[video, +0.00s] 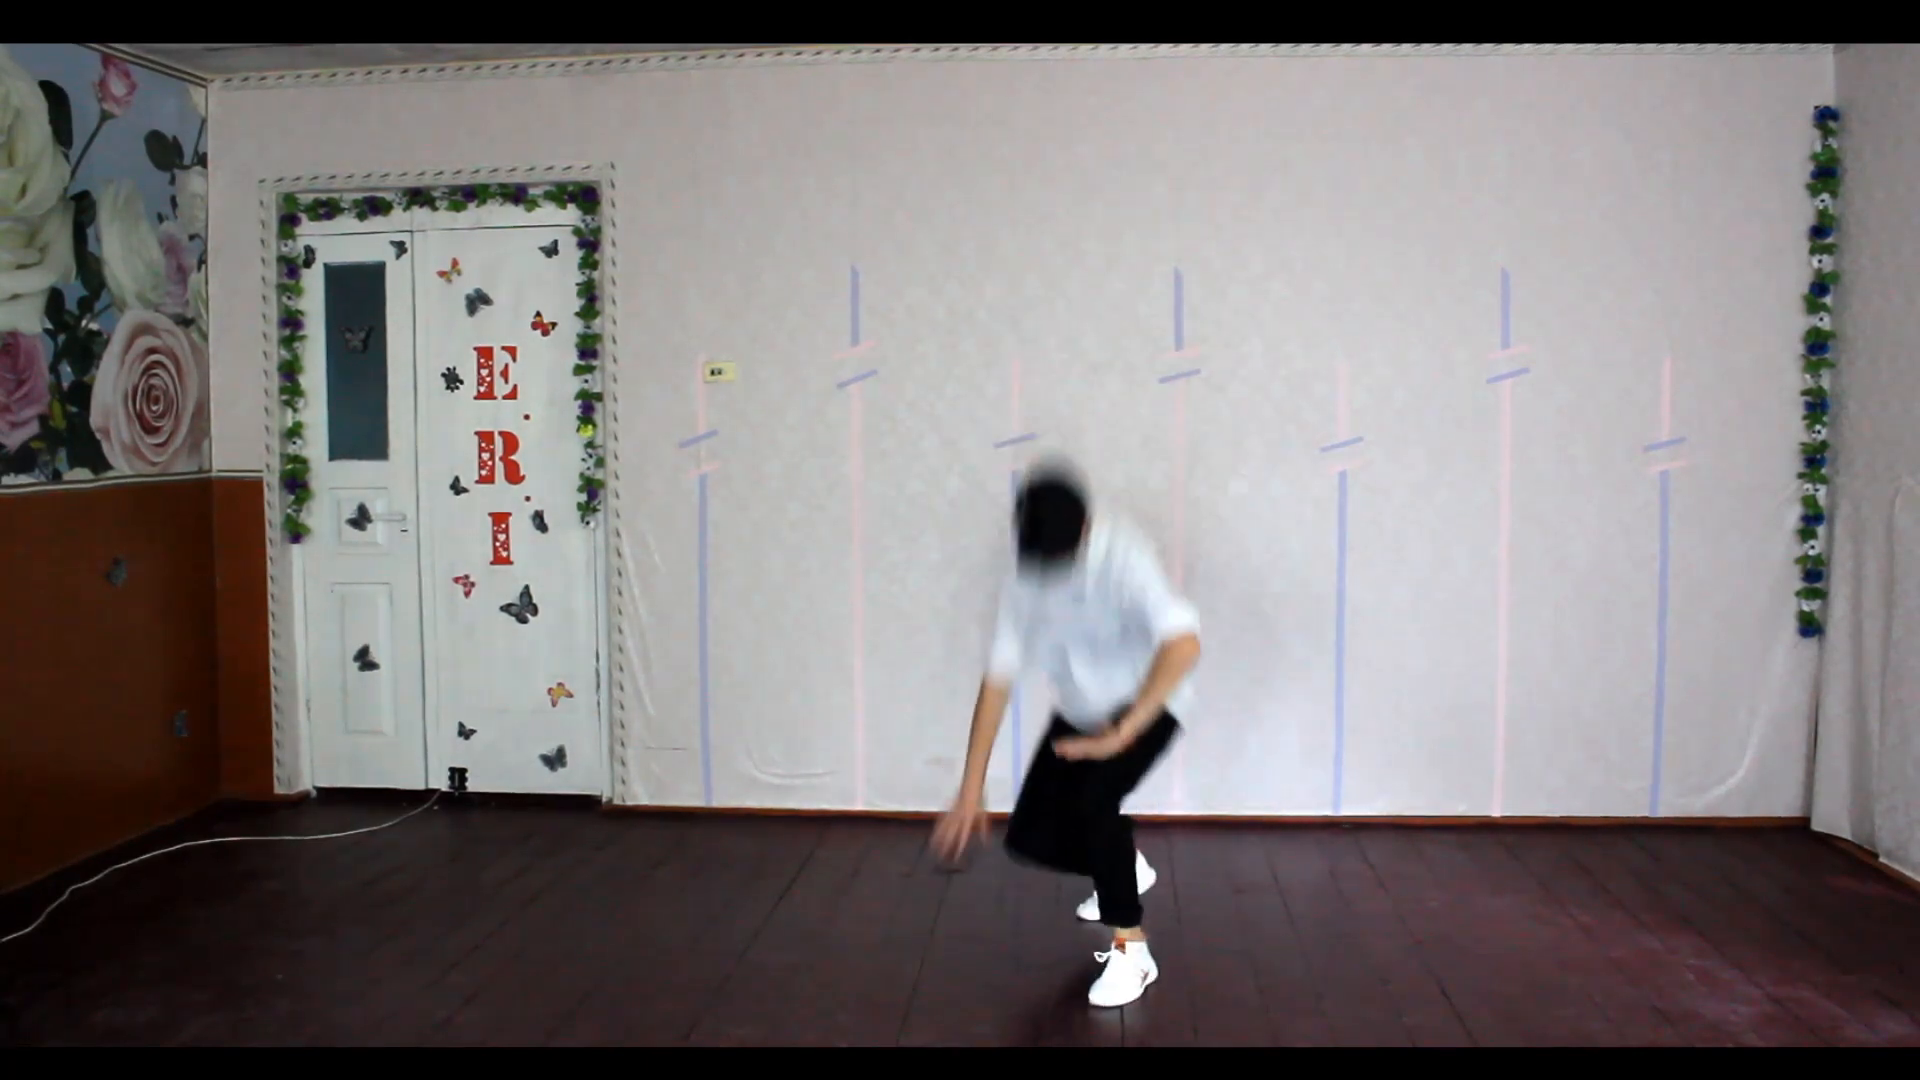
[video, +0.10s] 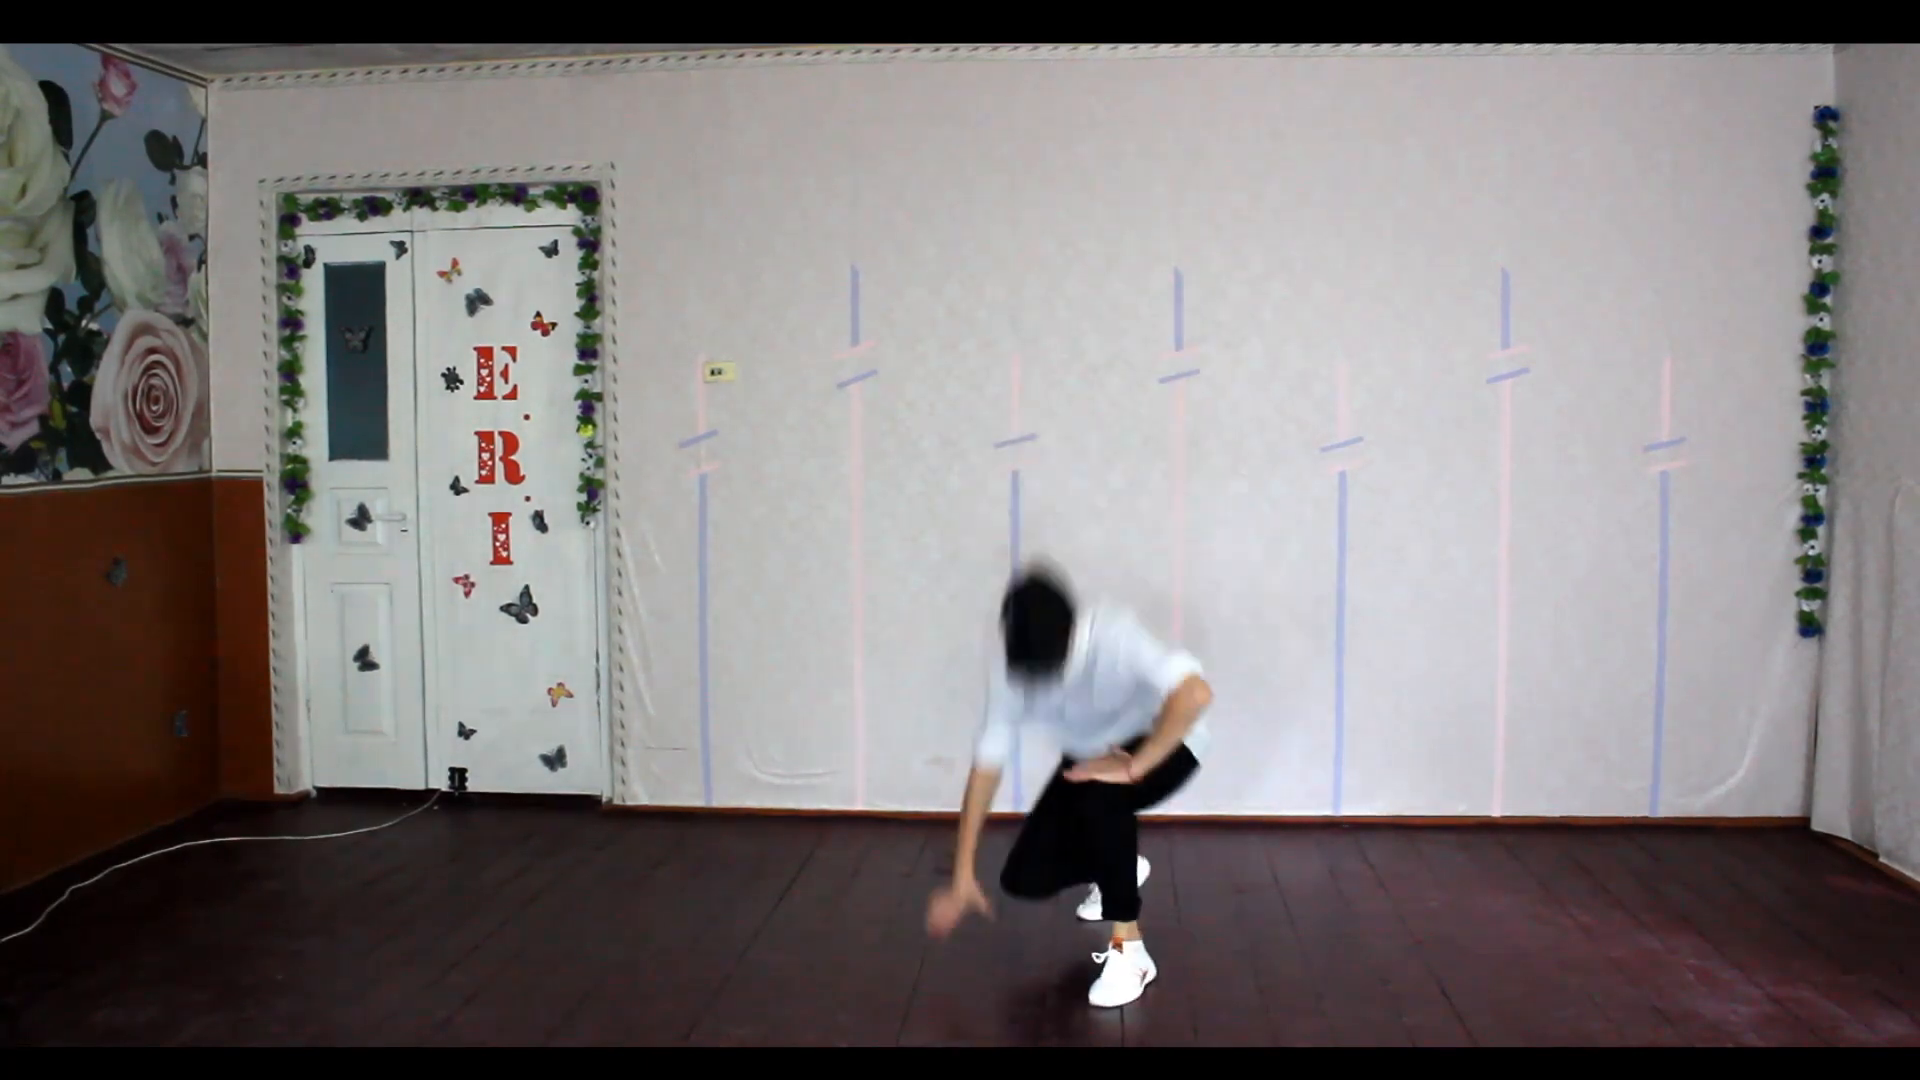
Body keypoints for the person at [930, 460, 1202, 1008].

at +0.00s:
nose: (1051, 567)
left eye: (1059, 557)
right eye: (1040, 558)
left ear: (1083, 532)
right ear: (1024, 538)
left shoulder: (1121, 552)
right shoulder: (1025, 574)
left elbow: (1183, 640)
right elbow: (996, 684)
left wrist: (1121, 734)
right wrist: (969, 794)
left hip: (1141, 715)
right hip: (1076, 716)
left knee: (1094, 804)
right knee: (1030, 836)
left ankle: (1130, 951)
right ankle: (1124, 866)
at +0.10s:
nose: (1041, 673)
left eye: (1048, 661)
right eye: (1029, 664)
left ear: (1069, 634)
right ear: (1013, 644)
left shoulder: (1113, 635)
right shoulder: (1013, 669)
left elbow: (1194, 693)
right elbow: (985, 771)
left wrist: (1136, 765)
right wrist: (963, 876)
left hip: (1159, 749)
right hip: (1083, 761)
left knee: (1104, 800)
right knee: (1025, 877)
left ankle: (1128, 947)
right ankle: (1118, 868)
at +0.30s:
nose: (1036, 824)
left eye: (1053, 793)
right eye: (1029, 816)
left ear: (1065, 759)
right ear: (1005, 773)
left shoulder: (1111, 727)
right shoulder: (1002, 773)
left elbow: (1212, 719)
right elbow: (990, 839)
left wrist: (1162, 780)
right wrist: (981, 926)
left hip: (1164, 807)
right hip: (1079, 827)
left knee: (1119, 797)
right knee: (1016, 929)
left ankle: (1130, 948)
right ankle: (1102, 866)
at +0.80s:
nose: (1049, 779)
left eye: (1055, 770)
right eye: (1038, 776)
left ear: (1070, 725)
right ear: (1011, 742)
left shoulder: (1106, 692)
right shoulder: (1009, 748)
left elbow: (1212, 708)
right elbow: (997, 830)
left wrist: (1165, 770)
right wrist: (980, 925)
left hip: (1160, 761)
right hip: (1084, 796)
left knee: (1123, 790)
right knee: (1035, 899)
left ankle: (1132, 944)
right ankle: (1102, 873)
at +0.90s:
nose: (1047, 693)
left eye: (1050, 681)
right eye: (1034, 690)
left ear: (1060, 648)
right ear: (1011, 670)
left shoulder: (1105, 624)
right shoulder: (1019, 692)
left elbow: (1200, 683)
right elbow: (995, 797)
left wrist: (1149, 759)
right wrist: (971, 891)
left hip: (1162, 717)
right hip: (1090, 743)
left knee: (1118, 795)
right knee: (1052, 862)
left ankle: (1132, 946)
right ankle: (1125, 868)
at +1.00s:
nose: (1047, 551)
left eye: (1054, 539)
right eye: (1035, 543)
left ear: (1071, 515)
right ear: (1018, 529)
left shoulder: (1124, 529)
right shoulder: (1017, 566)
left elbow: (1161, 629)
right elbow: (1000, 674)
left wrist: (1150, 740)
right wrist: (988, 764)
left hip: (1153, 693)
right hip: (1085, 702)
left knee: (1121, 806)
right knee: (1063, 832)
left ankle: (1131, 951)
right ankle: (1126, 868)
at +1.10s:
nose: (1062, 468)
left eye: (1070, 456)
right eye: (1052, 457)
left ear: (1091, 433)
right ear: (1037, 440)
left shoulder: (1136, 463)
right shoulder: (1023, 488)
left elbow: (1139, 568)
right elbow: (1003, 587)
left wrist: (1120, 679)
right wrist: (1007, 668)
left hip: (1145, 662)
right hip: (1069, 667)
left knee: (1123, 797)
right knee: (1067, 797)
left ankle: (1131, 944)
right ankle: (1117, 859)